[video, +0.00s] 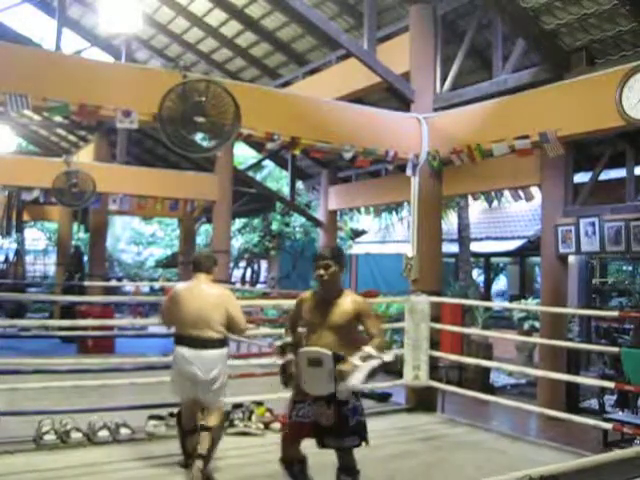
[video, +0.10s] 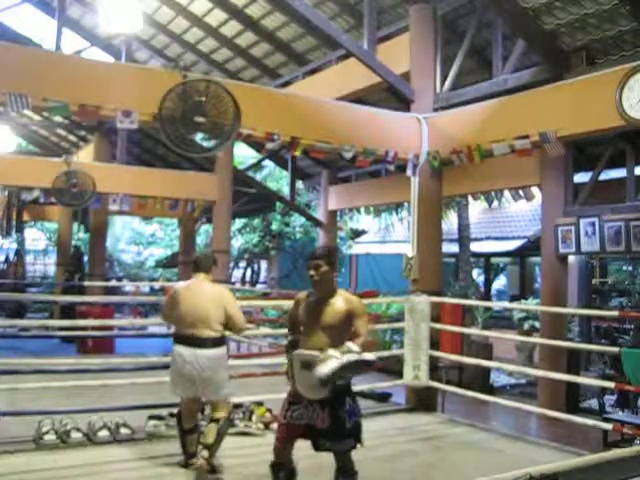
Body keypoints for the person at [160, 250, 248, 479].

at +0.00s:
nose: (217, 272)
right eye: (216, 269)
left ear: (193, 269)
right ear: (213, 270)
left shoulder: (178, 292)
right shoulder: (223, 294)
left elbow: (167, 318)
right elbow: (240, 326)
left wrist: (187, 313)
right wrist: (219, 319)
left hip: (184, 349)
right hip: (214, 352)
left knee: (188, 403)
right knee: (214, 406)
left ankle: (189, 454)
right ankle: (201, 457)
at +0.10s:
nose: (216, 272)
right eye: (215, 269)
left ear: (193, 269)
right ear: (213, 270)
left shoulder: (178, 291)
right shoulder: (222, 292)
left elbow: (167, 315)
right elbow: (239, 323)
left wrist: (187, 316)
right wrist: (221, 320)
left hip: (183, 346)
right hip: (213, 349)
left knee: (189, 403)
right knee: (221, 404)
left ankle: (190, 456)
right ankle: (206, 455)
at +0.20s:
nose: (218, 272)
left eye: (216, 268)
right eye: (217, 269)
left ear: (194, 269)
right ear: (214, 270)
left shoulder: (179, 289)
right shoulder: (220, 291)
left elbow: (169, 314)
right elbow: (236, 323)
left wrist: (183, 302)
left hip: (184, 345)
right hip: (213, 347)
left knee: (190, 401)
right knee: (225, 400)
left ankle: (190, 456)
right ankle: (218, 454)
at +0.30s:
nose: (219, 273)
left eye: (217, 269)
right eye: (218, 270)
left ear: (197, 269)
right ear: (214, 270)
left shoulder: (182, 289)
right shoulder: (221, 291)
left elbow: (177, 315)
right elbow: (235, 323)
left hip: (184, 344)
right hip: (213, 345)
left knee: (192, 400)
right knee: (228, 398)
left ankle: (190, 455)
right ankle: (228, 450)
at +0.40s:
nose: (226, 274)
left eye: (225, 271)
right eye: (225, 271)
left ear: (203, 269)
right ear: (220, 270)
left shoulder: (188, 289)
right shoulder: (223, 292)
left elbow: (188, 314)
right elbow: (237, 323)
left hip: (188, 342)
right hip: (215, 344)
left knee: (195, 398)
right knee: (228, 397)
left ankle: (191, 454)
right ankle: (239, 447)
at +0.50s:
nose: (230, 276)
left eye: (229, 272)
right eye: (229, 272)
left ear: (209, 271)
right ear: (225, 272)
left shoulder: (196, 289)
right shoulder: (228, 293)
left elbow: (198, 315)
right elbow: (242, 324)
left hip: (194, 340)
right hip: (220, 344)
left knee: (198, 398)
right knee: (231, 398)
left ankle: (192, 453)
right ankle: (242, 445)